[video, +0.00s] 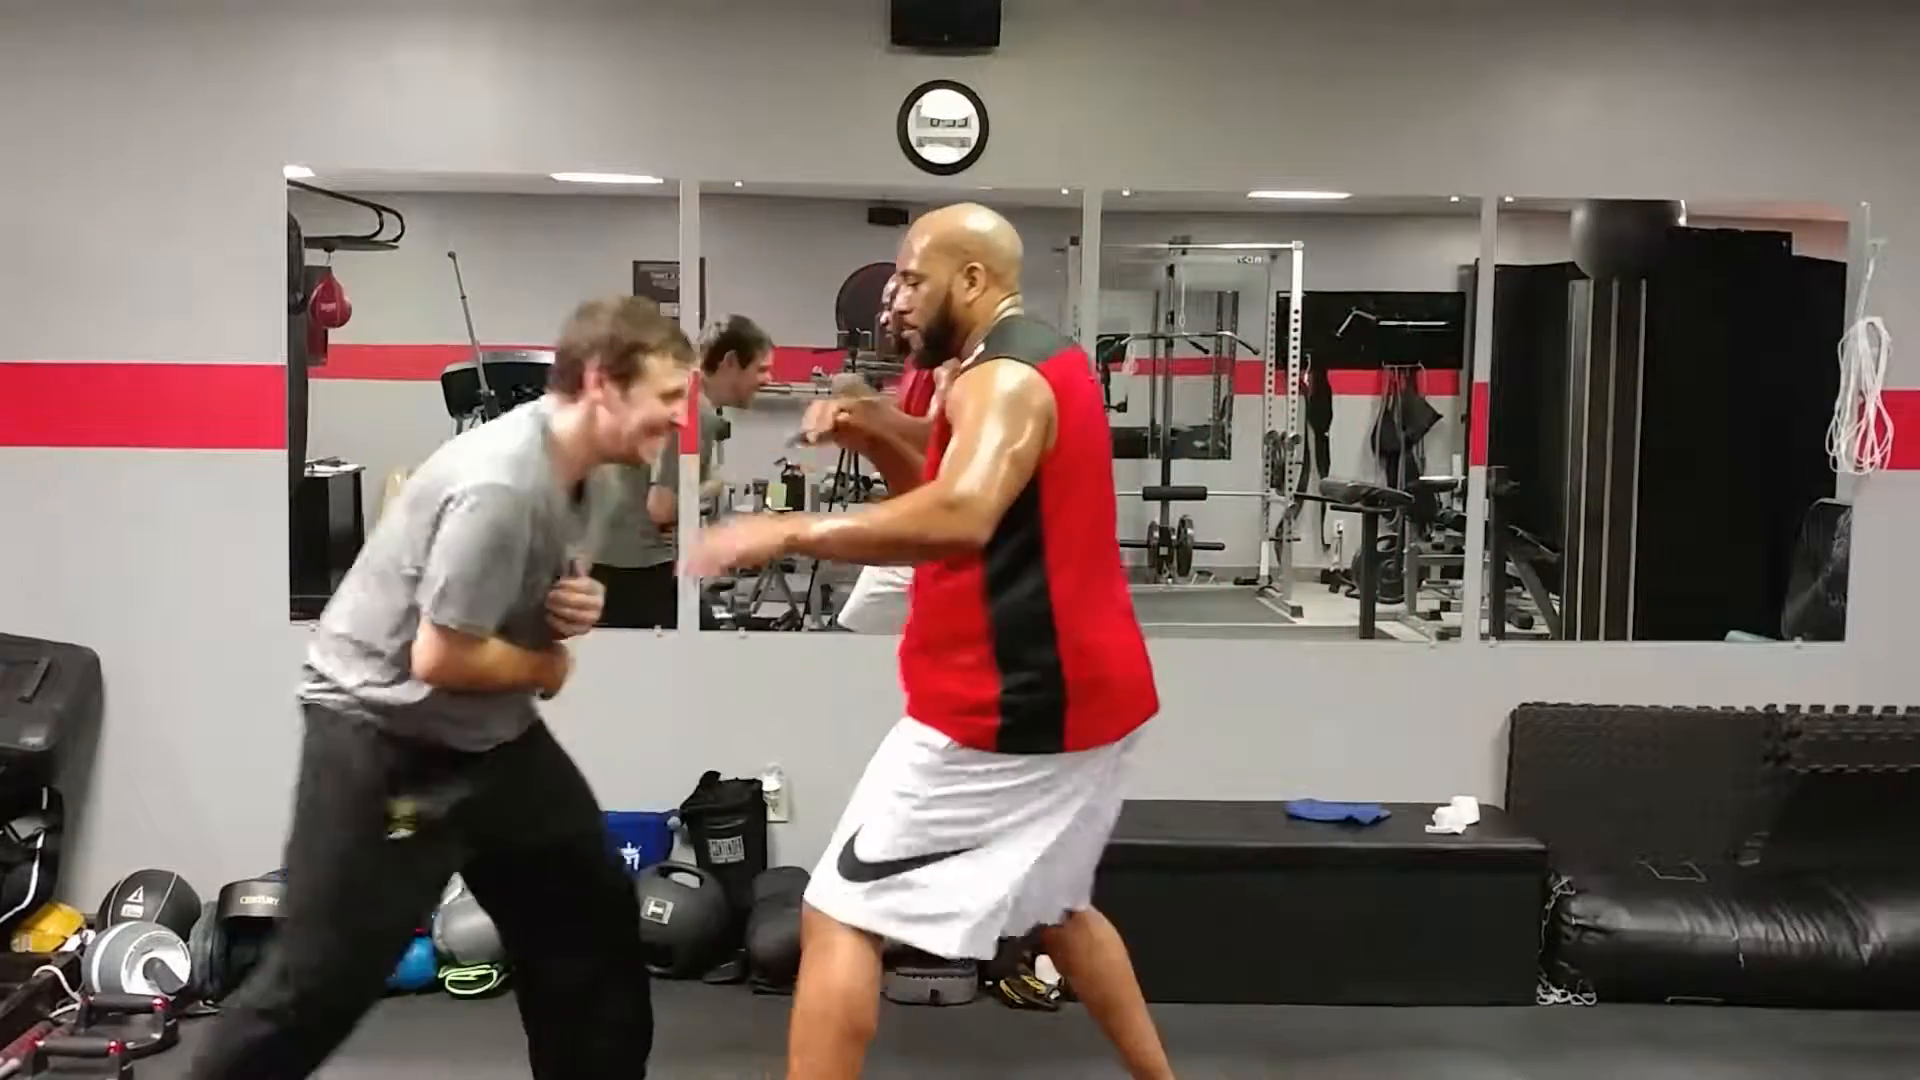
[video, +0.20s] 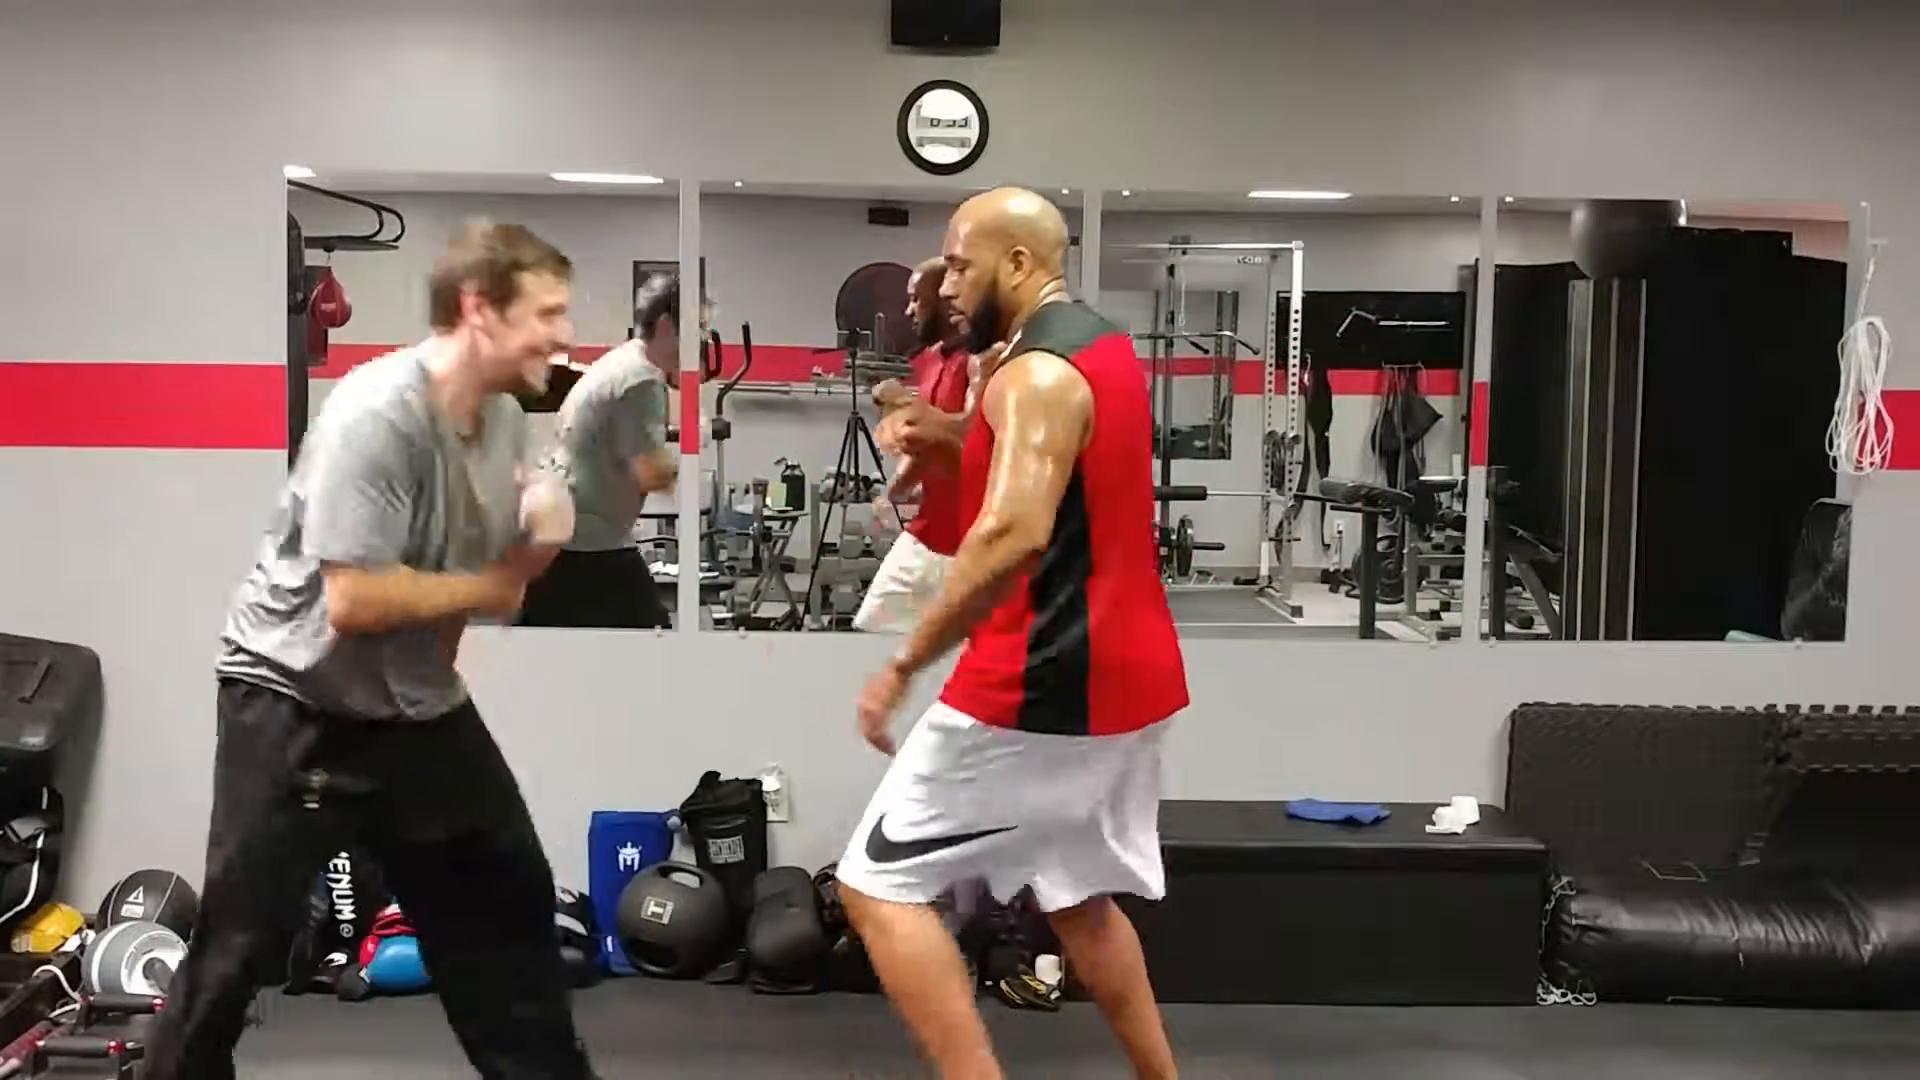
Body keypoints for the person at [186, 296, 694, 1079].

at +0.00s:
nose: (679, 418)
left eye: (683, 400)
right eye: (668, 397)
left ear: (605, 390)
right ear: (599, 386)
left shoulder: (572, 469)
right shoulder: (500, 486)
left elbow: (525, 585)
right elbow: (440, 655)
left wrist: (576, 600)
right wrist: (542, 668)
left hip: (494, 733)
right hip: (380, 738)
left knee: (590, 941)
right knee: (317, 987)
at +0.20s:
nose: (563, 338)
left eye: (564, 318)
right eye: (546, 315)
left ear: (493, 317)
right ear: (477, 312)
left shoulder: (503, 423)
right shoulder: (375, 412)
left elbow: (480, 567)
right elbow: (352, 600)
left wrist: (539, 533)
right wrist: (488, 588)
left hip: (415, 702)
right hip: (291, 702)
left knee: (504, 911)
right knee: (240, 948)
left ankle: (547, 1073)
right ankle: (172, 1071)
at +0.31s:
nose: (525, 300)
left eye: (525, 279)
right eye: (507, 279)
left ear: (456, 284)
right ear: (436, 280)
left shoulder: (485, 393)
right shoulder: (336, 377)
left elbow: (526, 541)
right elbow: (347, 554)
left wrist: (550, 473)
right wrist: (494, 491)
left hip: (422, 705)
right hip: (287, 703)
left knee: (488, 947)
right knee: (230, 961)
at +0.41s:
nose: (499, 279)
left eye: (499, 258)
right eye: (481, 258)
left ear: (428, 264)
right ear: (410, 261)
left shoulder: (469, 376)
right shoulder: (314, 361)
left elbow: (566, 480)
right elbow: (361, 502)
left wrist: (555, 390)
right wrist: (468, 393)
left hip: (426, 705)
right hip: (285, 697)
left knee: (471, 965)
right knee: (223, 967)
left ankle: (476, 1075)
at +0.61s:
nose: (469, 298)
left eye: (469, 279)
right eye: (451, 278)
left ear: (391, 285)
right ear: (378, 284)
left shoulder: (476, 389)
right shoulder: (288, 390)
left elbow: (591, 464)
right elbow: (339, 505)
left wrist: (549, 362)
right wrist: (410, 370)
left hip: (464, 726)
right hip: (305, 732)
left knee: (555, 902)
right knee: (228, 976)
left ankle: (515, 1063)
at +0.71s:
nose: (501, 311)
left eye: (499, 291)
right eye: (481, 292)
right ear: (412, 304)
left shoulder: (514, 409)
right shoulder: (322, 415)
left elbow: (627, 478)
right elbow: (354, 537)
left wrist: (593, 379)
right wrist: (428, 406)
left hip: (496, 737)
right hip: (340, 746)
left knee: (608, 898)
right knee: (241, 976)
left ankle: (631, 1069)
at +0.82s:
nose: (569, 299)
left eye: (565, 282)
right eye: (547, 284)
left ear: (517, 304)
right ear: (486, 304)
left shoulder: (562, 408)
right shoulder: (430, 406)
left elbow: (661, 501)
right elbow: (535, 461)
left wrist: (642, 392)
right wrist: (626, 364)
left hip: (545, 735)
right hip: (408, 745)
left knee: (673, 899)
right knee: (304, 966)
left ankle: (760, 1065)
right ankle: (227, 1075)